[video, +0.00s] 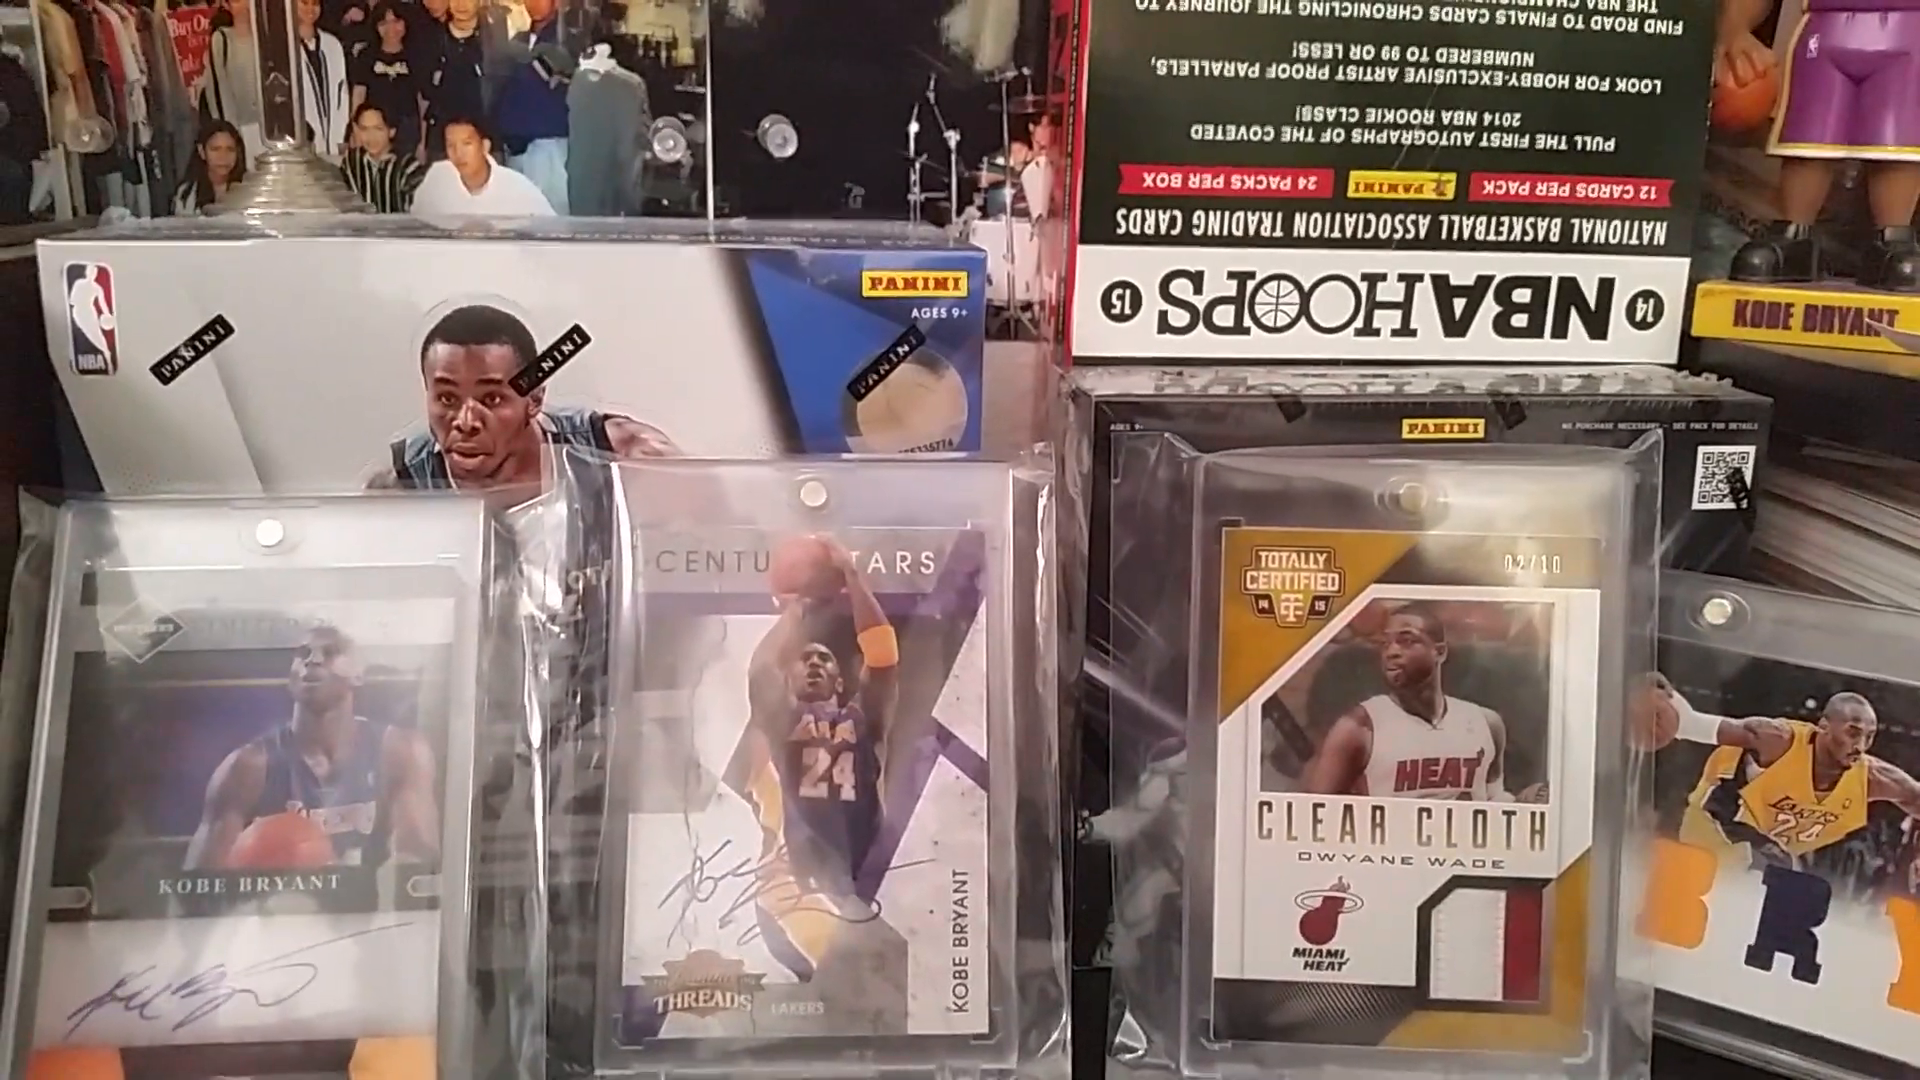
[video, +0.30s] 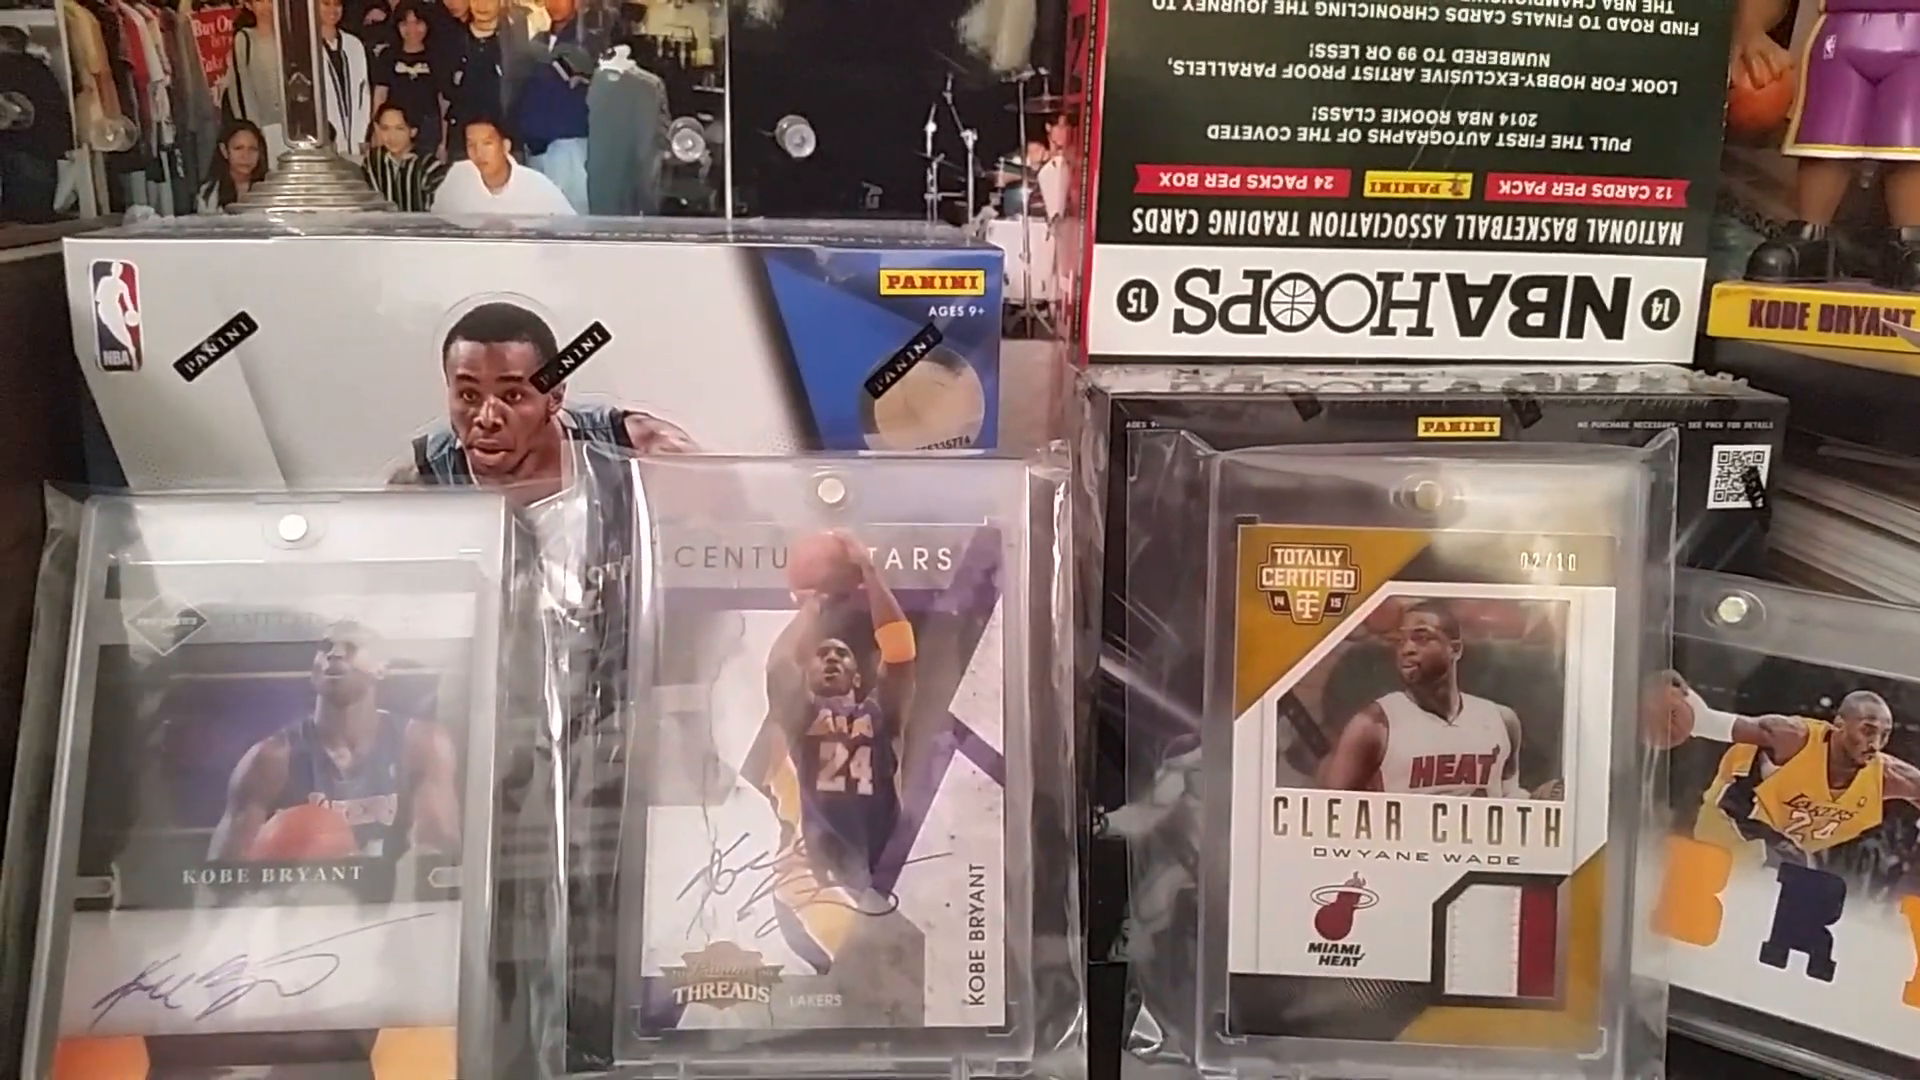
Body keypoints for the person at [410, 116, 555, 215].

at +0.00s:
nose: (459, 154)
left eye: (467, 144)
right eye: (451, 146)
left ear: (485, 146)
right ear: (446, 151)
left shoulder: (516, 185)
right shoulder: (438, 176)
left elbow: (553, 231)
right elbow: (414, 225)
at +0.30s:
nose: (479, 154)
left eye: (488, 144)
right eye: (471, 146)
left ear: (506, 146)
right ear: (466, 150)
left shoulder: (536, 184)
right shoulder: (458, 176)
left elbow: (573, 229)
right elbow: (434, 223)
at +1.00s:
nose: (562, 153)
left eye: (570, 145)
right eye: (555, 146)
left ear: (588, 148)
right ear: (550, 148)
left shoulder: (618, 186)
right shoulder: (542, 176)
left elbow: (653, 230)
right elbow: (520, 223)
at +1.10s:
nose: (570, 155)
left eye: (578, 146)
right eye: (563, 147)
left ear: (596, 149)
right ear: (558, 152)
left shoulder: (626, 186)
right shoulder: (550, 177)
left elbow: (660, 232)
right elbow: (526, 225)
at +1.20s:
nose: (565, 155)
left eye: (574, 146)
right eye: (559, 148)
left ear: (591, 149)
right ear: (554, 152)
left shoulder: (622, 186)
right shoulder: (546, 177)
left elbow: (656, 231)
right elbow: (522, 224)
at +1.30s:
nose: (559, 155)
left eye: (567, 146)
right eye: (552, 148)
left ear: (585, 149)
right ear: (547, 152)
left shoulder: (615, 186)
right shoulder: (539, 177)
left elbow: (650, 232)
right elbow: (516, 224)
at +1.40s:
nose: (528, 155)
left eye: (537, 145)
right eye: (522, 148)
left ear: (556, 149)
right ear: (517, 153)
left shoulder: (584, 186)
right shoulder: (507, 178)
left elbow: (618, 230)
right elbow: (484, 225)